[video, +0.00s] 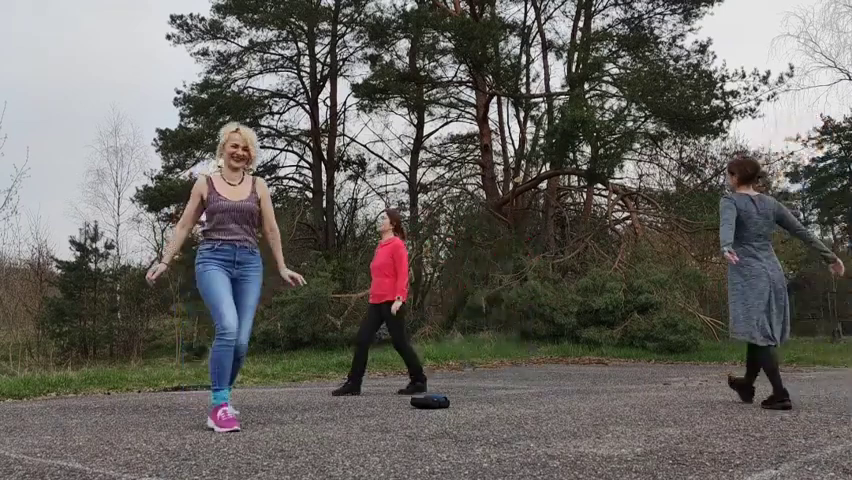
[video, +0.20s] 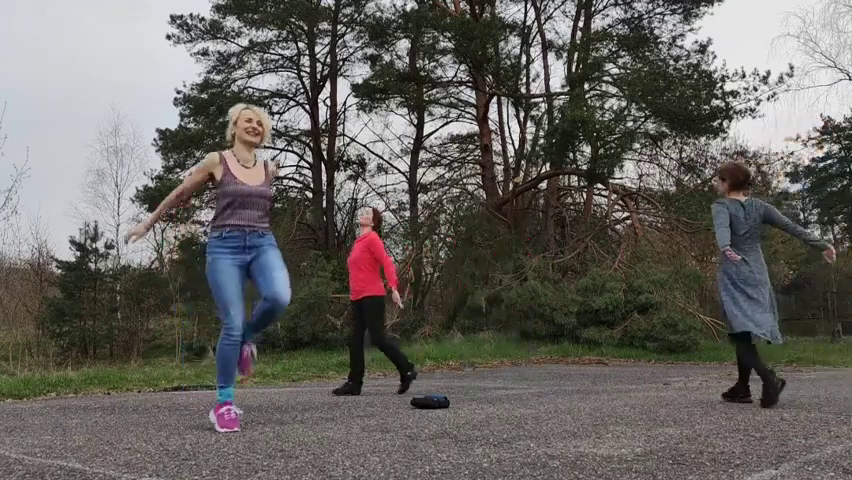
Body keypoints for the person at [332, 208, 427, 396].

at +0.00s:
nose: (380, 221)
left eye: (384, 219)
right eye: (380, 218)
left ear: (393, 223)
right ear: (384, 223)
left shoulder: (397, 245)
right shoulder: (381, 245)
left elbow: (403, 273)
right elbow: (381, 273)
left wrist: (399, 297)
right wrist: (374, 295)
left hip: (392, 301)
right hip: (376, 302)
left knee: (400, 343)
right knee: (362, 340)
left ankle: (419, 381)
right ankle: (353, 384)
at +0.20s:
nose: (361, 216)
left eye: (365, 213)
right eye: (361, 213)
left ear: (374, 219)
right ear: (359, 219)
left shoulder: (373, 238)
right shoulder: (359, 240)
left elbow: (387, 262)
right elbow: (361, 268)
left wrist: (393, 288)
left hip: (372, 296)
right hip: (358, 297)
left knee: (378, 339)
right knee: (356, 341)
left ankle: (407, 370)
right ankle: (354, 383)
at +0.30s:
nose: (356, 217)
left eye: (360, 214)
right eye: (355, 214)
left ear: (368, 220)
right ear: (354, 219)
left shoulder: (366, 239)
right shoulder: (354, 240)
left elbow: (380, 262)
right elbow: (360, 270)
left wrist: (388, 288)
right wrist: (375, 292)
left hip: (362, 297)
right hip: (350, 297)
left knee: (358, 338)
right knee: (350, 340)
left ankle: (395, 365)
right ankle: (353, 384)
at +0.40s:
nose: (354, 223)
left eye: (358, 220)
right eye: (352, 220)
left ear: (365, 225)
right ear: (348, 224)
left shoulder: (364, 244)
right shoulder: (350, 245)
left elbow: (370, 272)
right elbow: (347, 274)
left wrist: (372, 300)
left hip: (353, 301)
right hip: (341, 301)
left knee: (345, 343)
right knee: (340, 344)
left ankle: (379, 369)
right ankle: (352, 383)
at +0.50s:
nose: (351, 227)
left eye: (355, 224)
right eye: (348, 224)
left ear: (362, 227)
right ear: (345, 228)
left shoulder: (362, 249)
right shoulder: (348, 248)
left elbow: (355, 278)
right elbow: (337, 281)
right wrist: (323, 308)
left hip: (348, 302)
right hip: (338, 301)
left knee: (330, 339)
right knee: (328, 339)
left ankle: (353, 379)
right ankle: (353, 376)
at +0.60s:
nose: (348, 224)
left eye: (351, 221)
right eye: (345, 221)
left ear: (358, 224)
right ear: (342, 225)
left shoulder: (359, 244)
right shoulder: (341, 245)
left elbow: (341, 264)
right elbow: (328, 268)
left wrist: (316, 262)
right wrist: (310, 276)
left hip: (344, 296)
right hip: (333, 296)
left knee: (326, 341)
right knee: (335, 341)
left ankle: (330, 380)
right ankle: (352, 382)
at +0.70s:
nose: (343, 220)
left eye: (346, 216)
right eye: (340, 217)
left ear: (353, 219)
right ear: (336, 220)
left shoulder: (354, 237)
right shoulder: (335, 239)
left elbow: (332, 249)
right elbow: (316, 258)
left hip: (341, 290)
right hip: (327, 289)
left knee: (328, 334)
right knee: (333, 335)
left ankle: (310, 380)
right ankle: (350, 377)